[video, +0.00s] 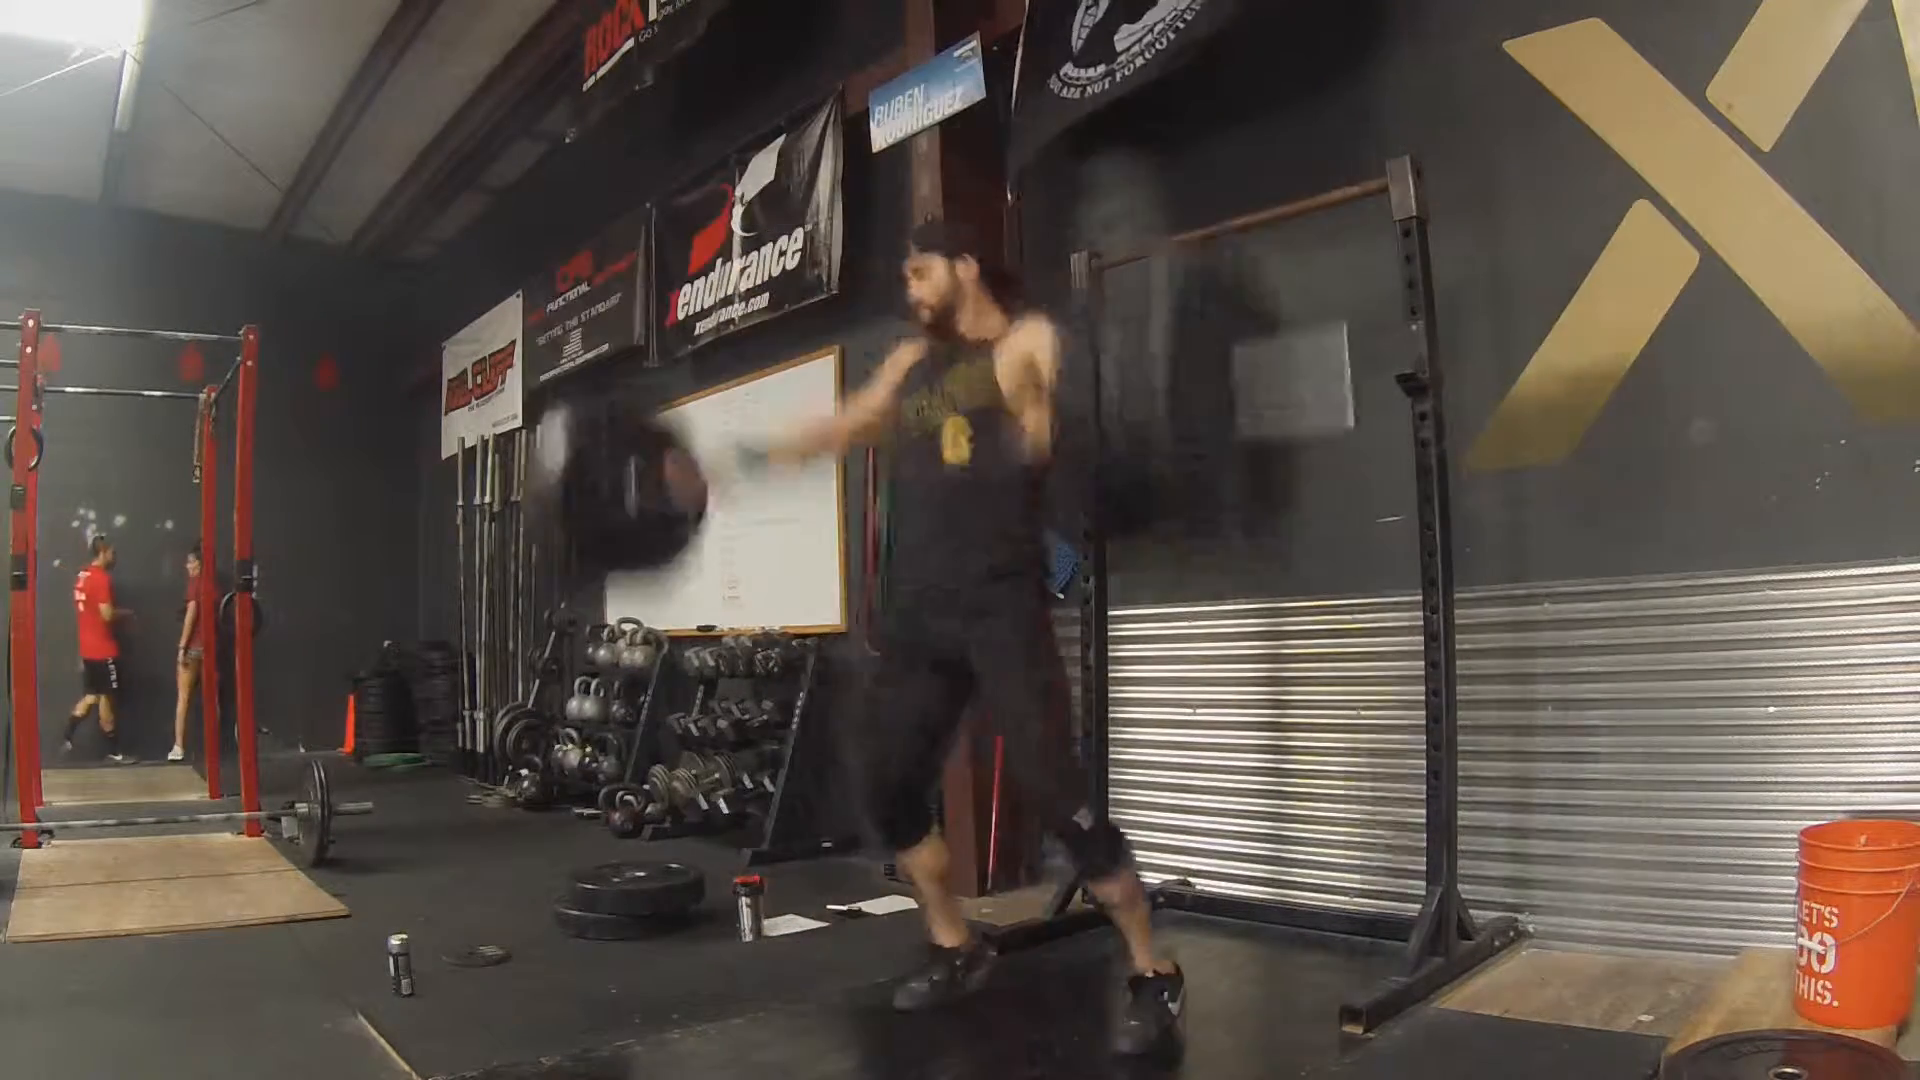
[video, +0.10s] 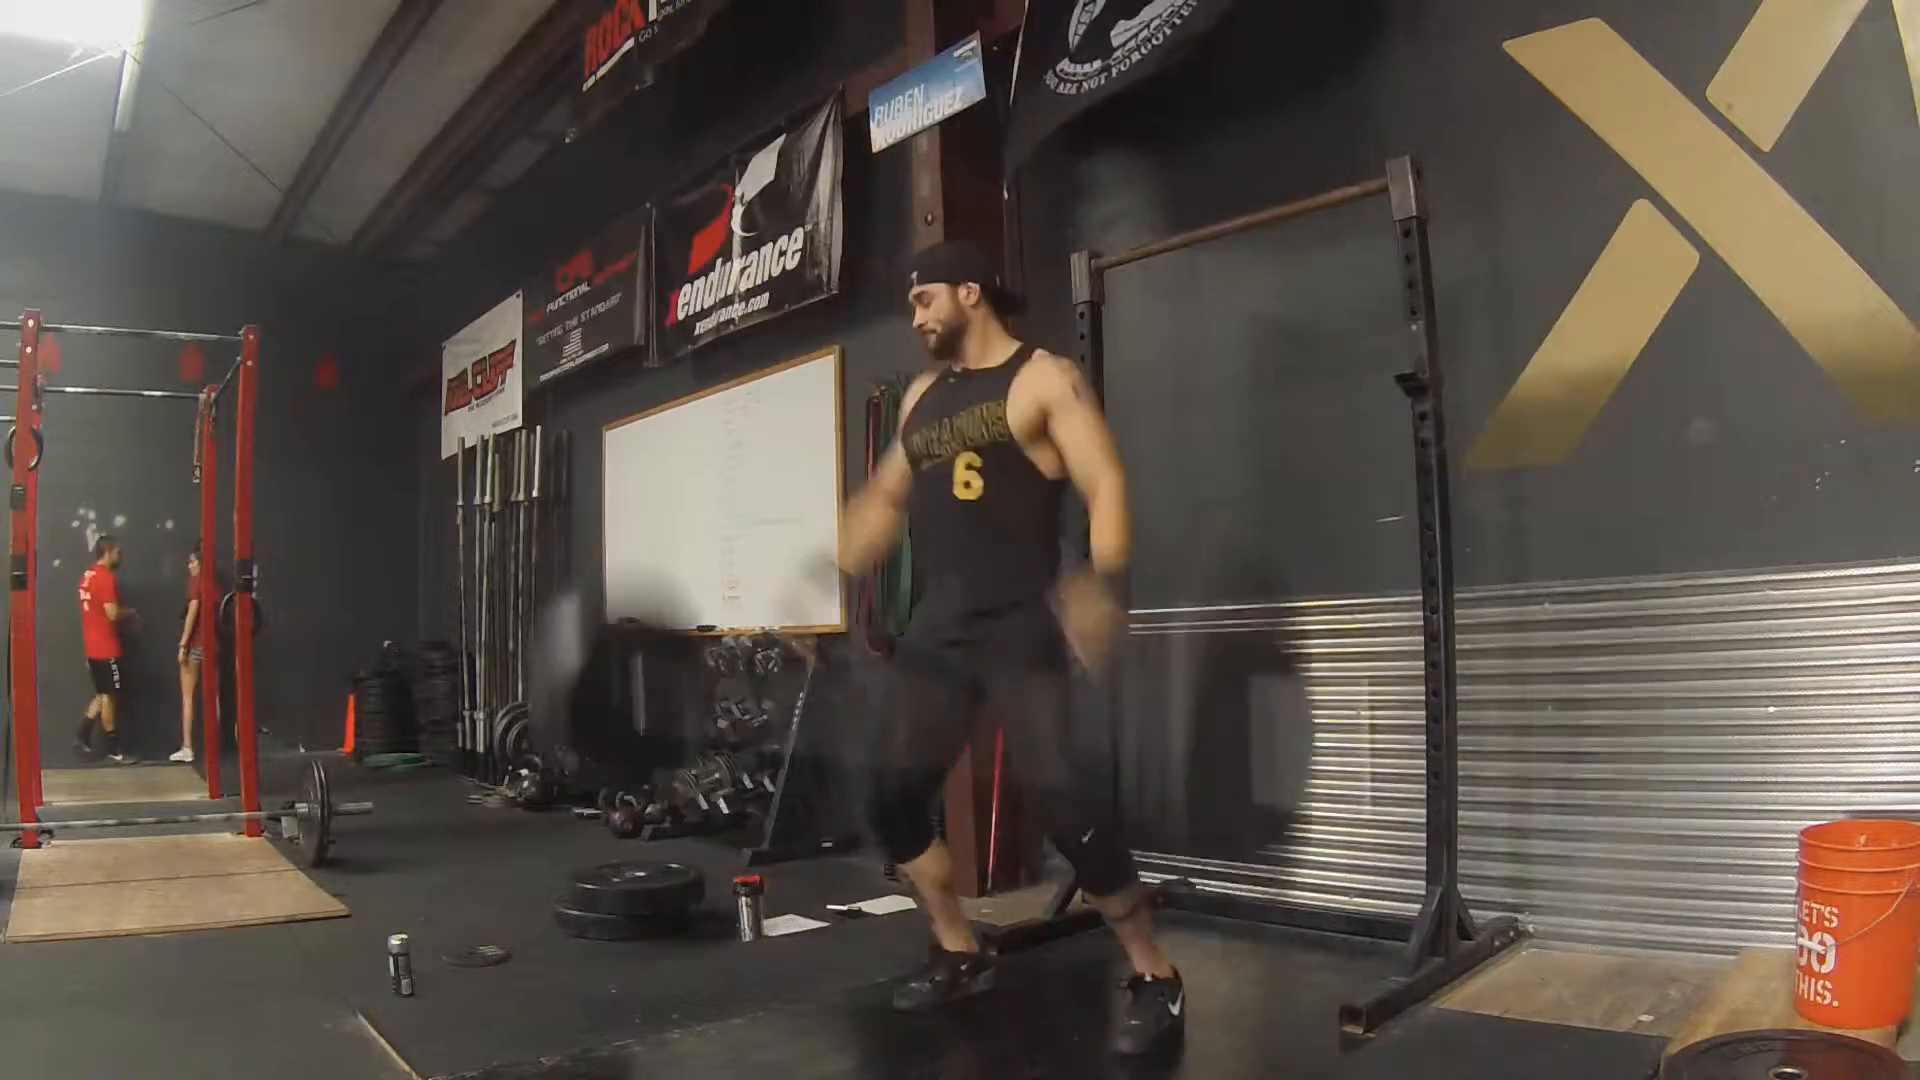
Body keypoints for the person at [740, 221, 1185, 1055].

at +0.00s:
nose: (912, 290)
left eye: (923, 274)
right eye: (908, 278)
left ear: (967, 271)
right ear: (923, 284)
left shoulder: (1030, 343)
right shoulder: (914, 359)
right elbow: (848, 423)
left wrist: (1019, 386)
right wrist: (774, 448)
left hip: (1007, 607)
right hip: (922, 609)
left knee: (1051, 791)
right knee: (888, 781)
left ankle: (1151, 970)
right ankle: (957, 946)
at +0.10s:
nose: (915, 313)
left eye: (925, 298)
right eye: (911, 302)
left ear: (970, 295)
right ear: (943, 303)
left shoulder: (1044, 378)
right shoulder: (921, 396)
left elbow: (1107, 483)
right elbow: (889, 491)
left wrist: (1102, 584)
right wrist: (847, 556)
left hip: (1028, 628)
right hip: (937, 632)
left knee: (1070, 808)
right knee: (893, 796)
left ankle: (1154, 975)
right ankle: (959, 951)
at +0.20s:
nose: (916, 319)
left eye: (924, 301)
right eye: (911, 306)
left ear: (971, 293)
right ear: (952, 303)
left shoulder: (1056, 376)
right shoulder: (933, 394)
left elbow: (1101, 501)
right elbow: (946, 515)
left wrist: (1137, 617)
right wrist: (930, 612)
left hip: (1031, 620)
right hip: (943, 623)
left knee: (1075, 805)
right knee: (907, 791)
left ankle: (1152, 959)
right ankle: (961, 954)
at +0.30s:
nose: (918, 314)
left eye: (926, 297)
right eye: (914, 302)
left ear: (973, 288)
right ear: (951, 297)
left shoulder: (1061, 363)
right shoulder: (938, 387)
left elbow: (1123, 471)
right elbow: (942, 509)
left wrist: (1159, 575)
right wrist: (920, 603)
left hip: (1037, 614)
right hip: (944, 620)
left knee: (1078, 786)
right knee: (919, 787)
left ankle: (1129, 974)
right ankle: (964, 954)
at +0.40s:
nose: (923, 319)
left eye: (929, 301)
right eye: (917, 307)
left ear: (976, 288)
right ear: (942, 304)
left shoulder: (1063, 361)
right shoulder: (947, 387)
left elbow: (1144, 467)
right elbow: (948, 511)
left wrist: (1192, 570)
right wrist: (933, 606)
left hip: (1044, 615)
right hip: (955, 623)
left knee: (1096, 792)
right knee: (927, 786)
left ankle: (1157, 972)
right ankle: (962, 952)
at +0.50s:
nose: (928, 319)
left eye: (935, 301)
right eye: (923, 307)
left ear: (981, 290)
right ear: (951, 304)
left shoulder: (1066, 363)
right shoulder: (954, 395)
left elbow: (1140, 470)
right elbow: (940, 511)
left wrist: (1194, 561)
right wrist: (908, 608)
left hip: (1055, 614)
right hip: (967, 621)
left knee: (1099, 792)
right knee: (931, 786)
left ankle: (1159, 977)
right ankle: (962, 952)